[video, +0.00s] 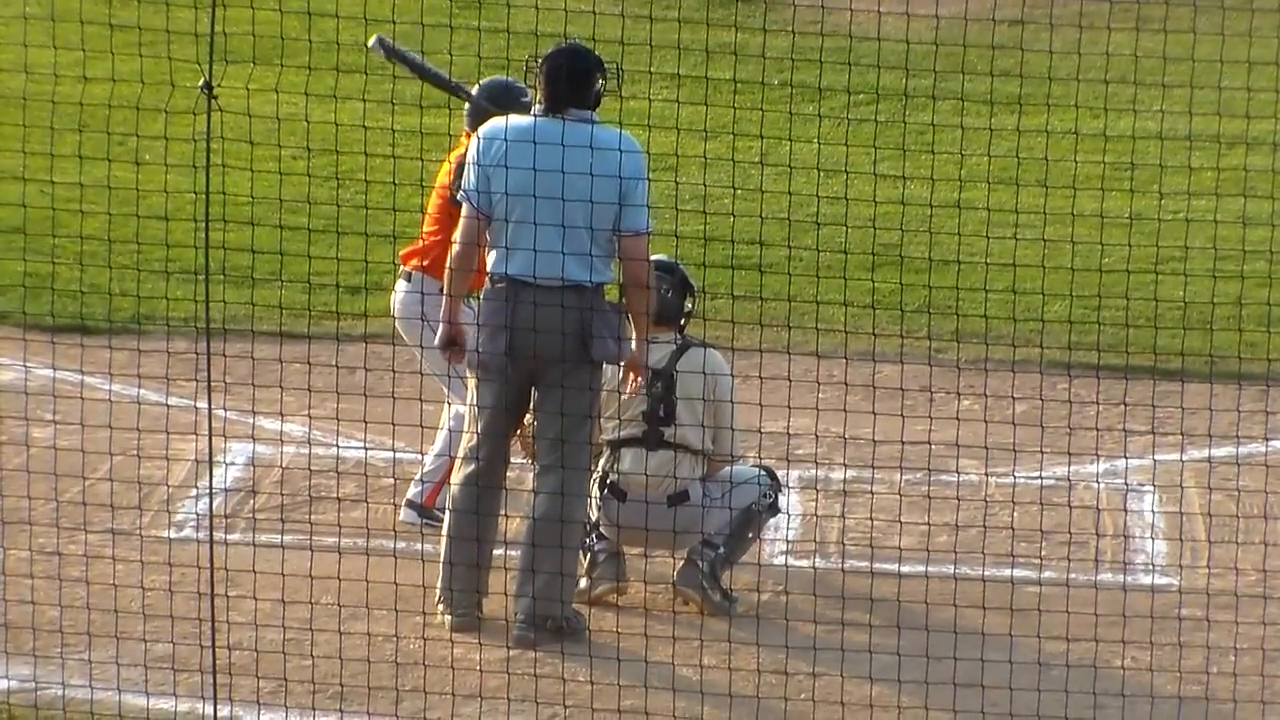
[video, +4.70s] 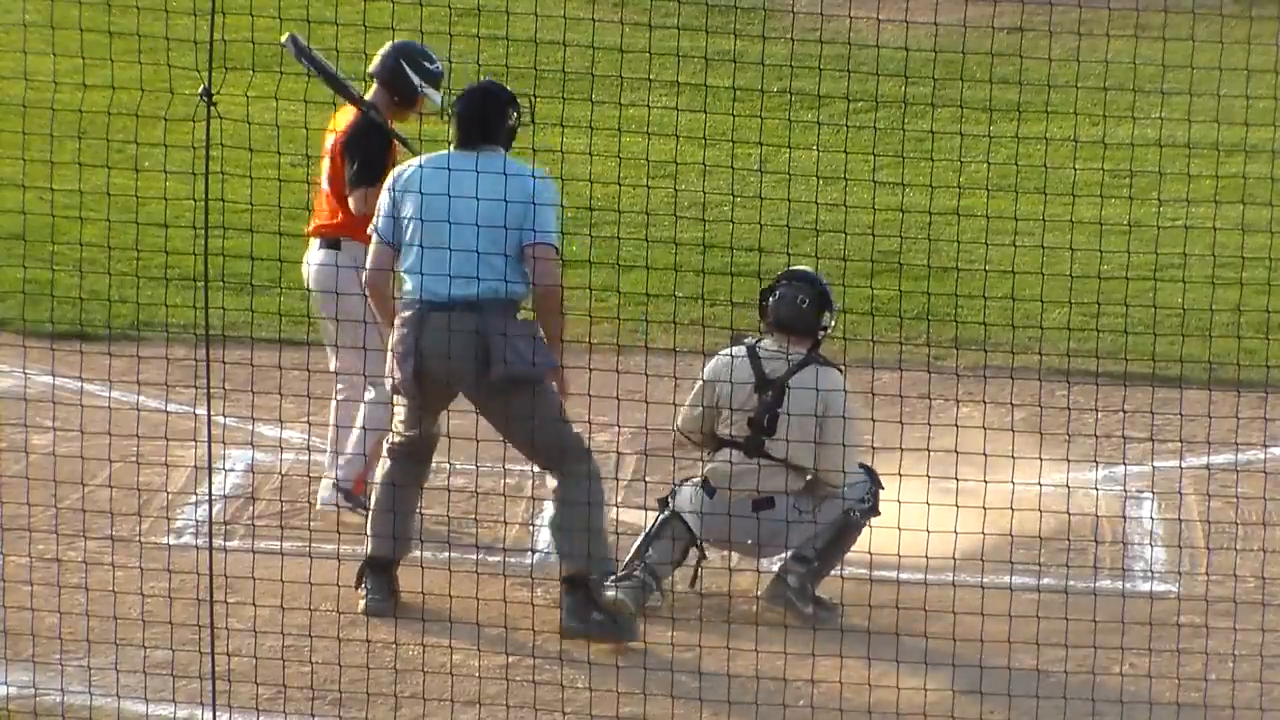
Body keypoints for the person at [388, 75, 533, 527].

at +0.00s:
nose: (524, 129)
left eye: (523, 122)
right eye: (519, 120)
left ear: (476, 117)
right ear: (502, 121)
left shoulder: (467, 154)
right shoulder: (478, 159)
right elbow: (477, 237)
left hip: (419, 294)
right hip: (434, 297)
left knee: (473, 394)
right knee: (480, 394)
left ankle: (431, 494)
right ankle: (427, 496)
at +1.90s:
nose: (529, 122)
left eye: (529, 116)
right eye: (525, 115)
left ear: (484, 116)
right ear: (513, 120)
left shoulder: (506, 155)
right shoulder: (472, 158)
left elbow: (538, 185)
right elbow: (503, 199)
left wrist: (564, 168)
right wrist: (539, 164)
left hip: (463, 284)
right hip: (425, 283)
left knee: (476, 368)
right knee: (445, 382)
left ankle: (466, 460)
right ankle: (434, 492)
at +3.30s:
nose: (529, 162)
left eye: (527, 154)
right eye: (526, 155)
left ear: (482, 155)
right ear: (521, 162)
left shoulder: (505, 198)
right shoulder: (474, 199)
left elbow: (532, 233)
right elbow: (498, 252)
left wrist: (561, 227)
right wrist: (548, 228)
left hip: (447, 320)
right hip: (413, 320)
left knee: (486, 396)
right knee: (468, 408)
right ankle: (436, 509)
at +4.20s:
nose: (501, 119)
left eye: (501, 111)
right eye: (494, 112)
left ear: (466, 113)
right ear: (473, 115)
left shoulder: (474, 150)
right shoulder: (435, 162)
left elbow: (472, 201)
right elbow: (423, 237)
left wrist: (503, 212)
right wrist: (476, 217)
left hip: (444, 278)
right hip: (409, 282)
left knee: (458, 375)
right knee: (445, 389)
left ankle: (390, 455)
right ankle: (432, 505)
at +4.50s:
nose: (453, 101)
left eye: (453, 91)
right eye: (449, 92)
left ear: (408, 89)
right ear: (429, 95)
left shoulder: (404, 132)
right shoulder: (394, 140)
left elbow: (402, 195)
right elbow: (386, 215)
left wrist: (444, 183)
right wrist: (440, 197)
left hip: (380, 269)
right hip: (375, 273)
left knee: (395, 378)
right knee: (412, 380)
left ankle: (349, 483)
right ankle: (428, 505)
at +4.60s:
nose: (435, 103)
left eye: (436, 94)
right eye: (432, 93)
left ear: (394, 85)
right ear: (414, 92)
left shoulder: (377, 123)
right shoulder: (379, 135)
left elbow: (390, 189)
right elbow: (373, 209)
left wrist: (419, 172)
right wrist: (425, 197)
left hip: (356, 260)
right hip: (361, 264)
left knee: (374, 377)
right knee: (394, 378)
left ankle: (345, 485)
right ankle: (405, 498)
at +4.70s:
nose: (419, 107)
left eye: (423, 97)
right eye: (418, 96)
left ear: (381, 81)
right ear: (400, 88)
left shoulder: (348, 118)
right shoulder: (367, 126)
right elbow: (360, 200)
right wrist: (413, 196)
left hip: (325, 258)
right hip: (347, 262)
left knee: (351, 377)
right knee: (382, 378)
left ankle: (339, 481)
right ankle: (349, 482)